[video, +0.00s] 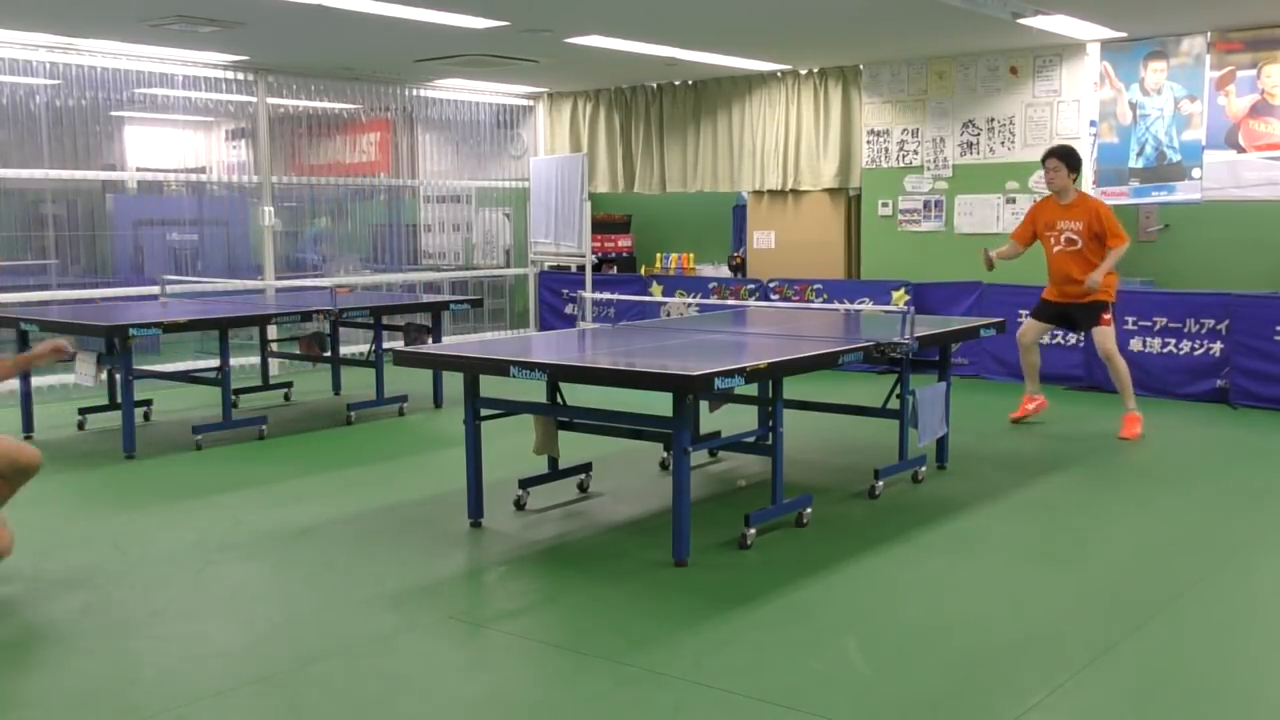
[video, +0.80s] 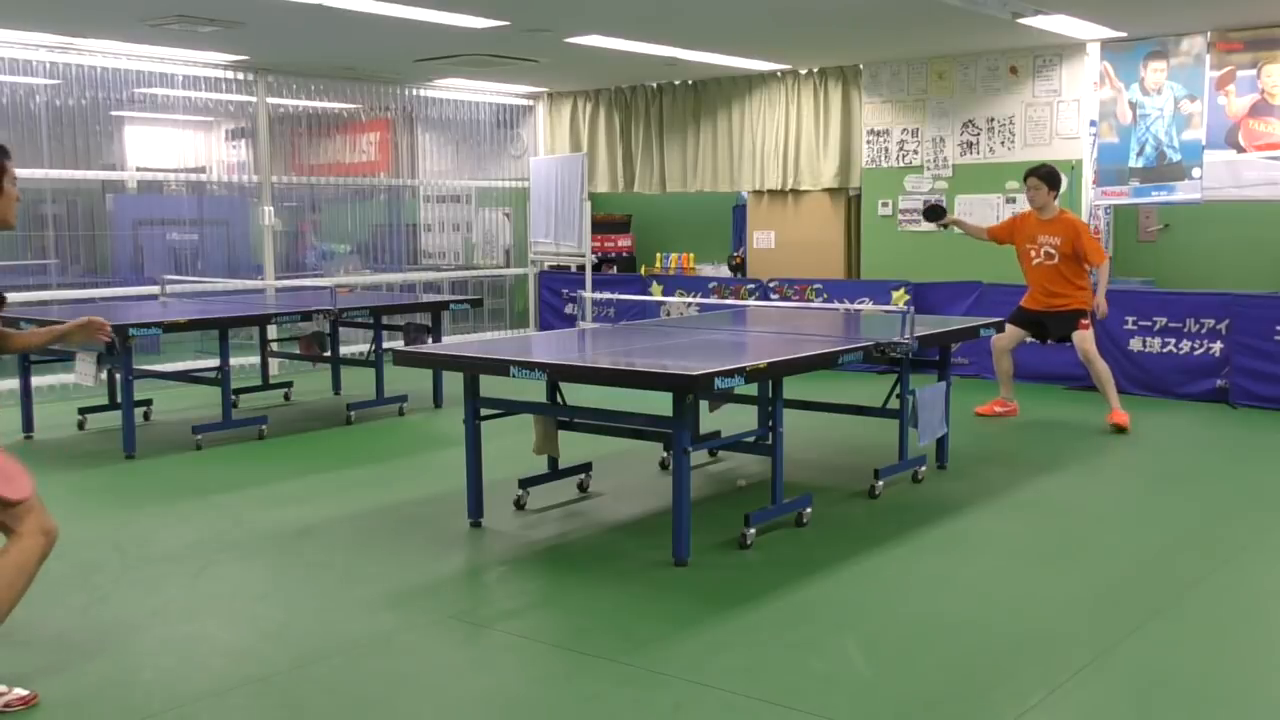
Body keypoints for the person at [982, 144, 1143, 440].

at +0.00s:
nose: (1048, 177)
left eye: (1054, 171)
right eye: (1046, 172)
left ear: (1072, 173)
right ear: (1044, 175)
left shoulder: (1095, 208)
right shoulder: (1040, 209)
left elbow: (1121, 242)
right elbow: (1017, 245)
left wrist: (1101, 271)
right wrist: (996, 255)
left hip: (1094, 295)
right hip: (1057, 295)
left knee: (1107, 350)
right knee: (1026, 338)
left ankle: (1132, 411)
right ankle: (1033, 396)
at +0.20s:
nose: (1026, 198)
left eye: (1032, 193)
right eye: (1024, 193)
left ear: (1050, 195)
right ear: (1023, 195)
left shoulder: (1071, 227)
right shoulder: (1031, 232)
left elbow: (1097, 263)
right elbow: (1026, 270)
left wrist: (1072, 292)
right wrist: (1001, 288)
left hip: (1077, 309)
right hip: (1042, 308)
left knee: (1084, 363)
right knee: (1008, 350)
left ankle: (1120, 413)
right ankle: (1008, 402)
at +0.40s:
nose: (1011, 209)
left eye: (1015, 203)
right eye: (1009, 204)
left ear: (1033, 204)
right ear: (1010, 205)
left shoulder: (1055, 232)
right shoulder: (1025, 236)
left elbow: (1089, 267)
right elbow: (1030, 269)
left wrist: (1079, 304)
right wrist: (997, 272)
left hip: (1070, 311)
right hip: (1038, 310)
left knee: (1076, 360)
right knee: (1001, 347)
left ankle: (1114, 411)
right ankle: (1007, 401)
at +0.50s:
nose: (1019, 205)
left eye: (1023, 199)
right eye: (1017, 200)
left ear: (1041, 200)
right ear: (1019, 201)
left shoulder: (1062, 229)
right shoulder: (1025, 233)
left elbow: (1091, 265)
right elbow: (1002, 258)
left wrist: (1074, 299)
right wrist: (970, 251)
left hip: (1074, 309)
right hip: (1042, 308)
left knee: (1079, 361)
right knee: (1003, 344)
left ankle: (1115, 413)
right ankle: (1007, 401)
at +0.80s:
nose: (1029, 194)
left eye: (1035, 189)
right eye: (1027, 189)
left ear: (1052, 192)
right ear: (1025, 191)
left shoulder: (1072, 225)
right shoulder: (1020, 223)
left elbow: (1102, 260)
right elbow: (987, 234)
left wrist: (1101, 295)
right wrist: (955, 221)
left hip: (1073, 304)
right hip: (1035, 302)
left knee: (1087, 352)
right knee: (1000, 344)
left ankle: (1116, 409)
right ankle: (1006, 401)